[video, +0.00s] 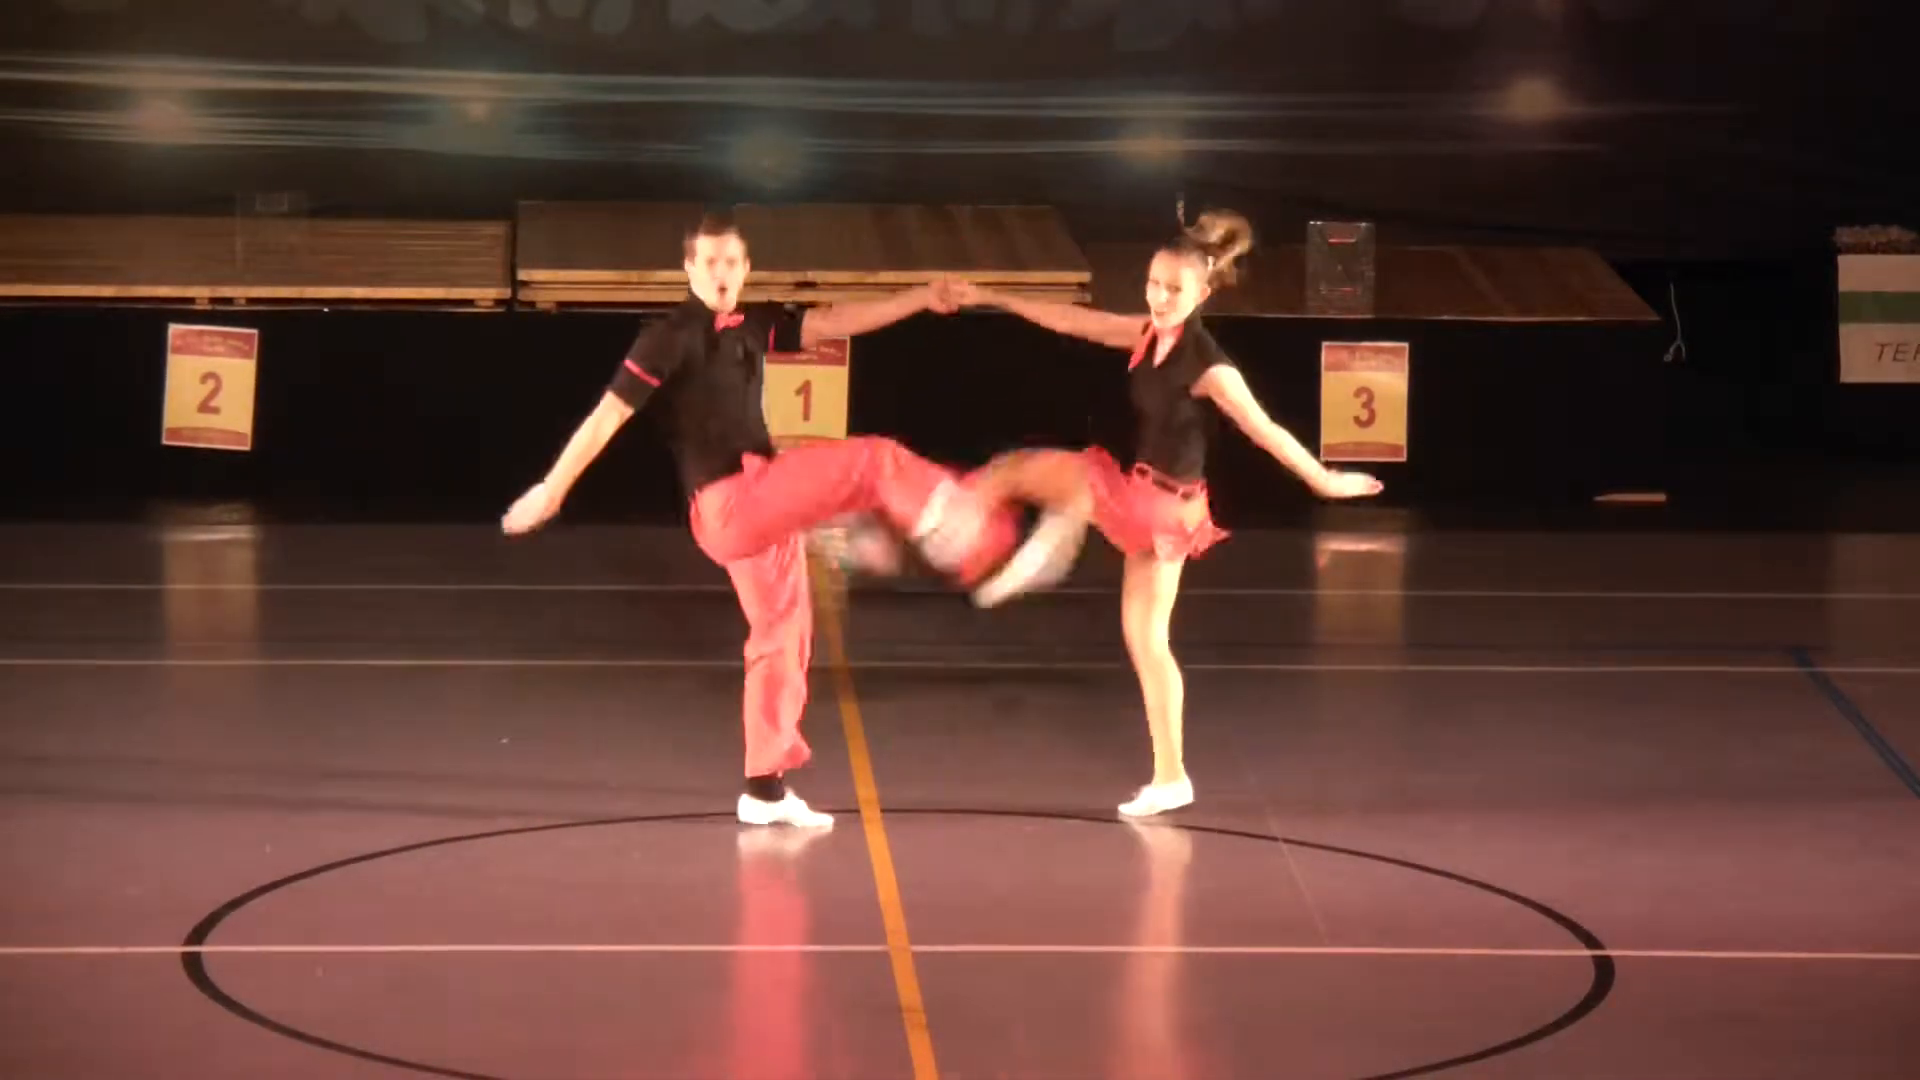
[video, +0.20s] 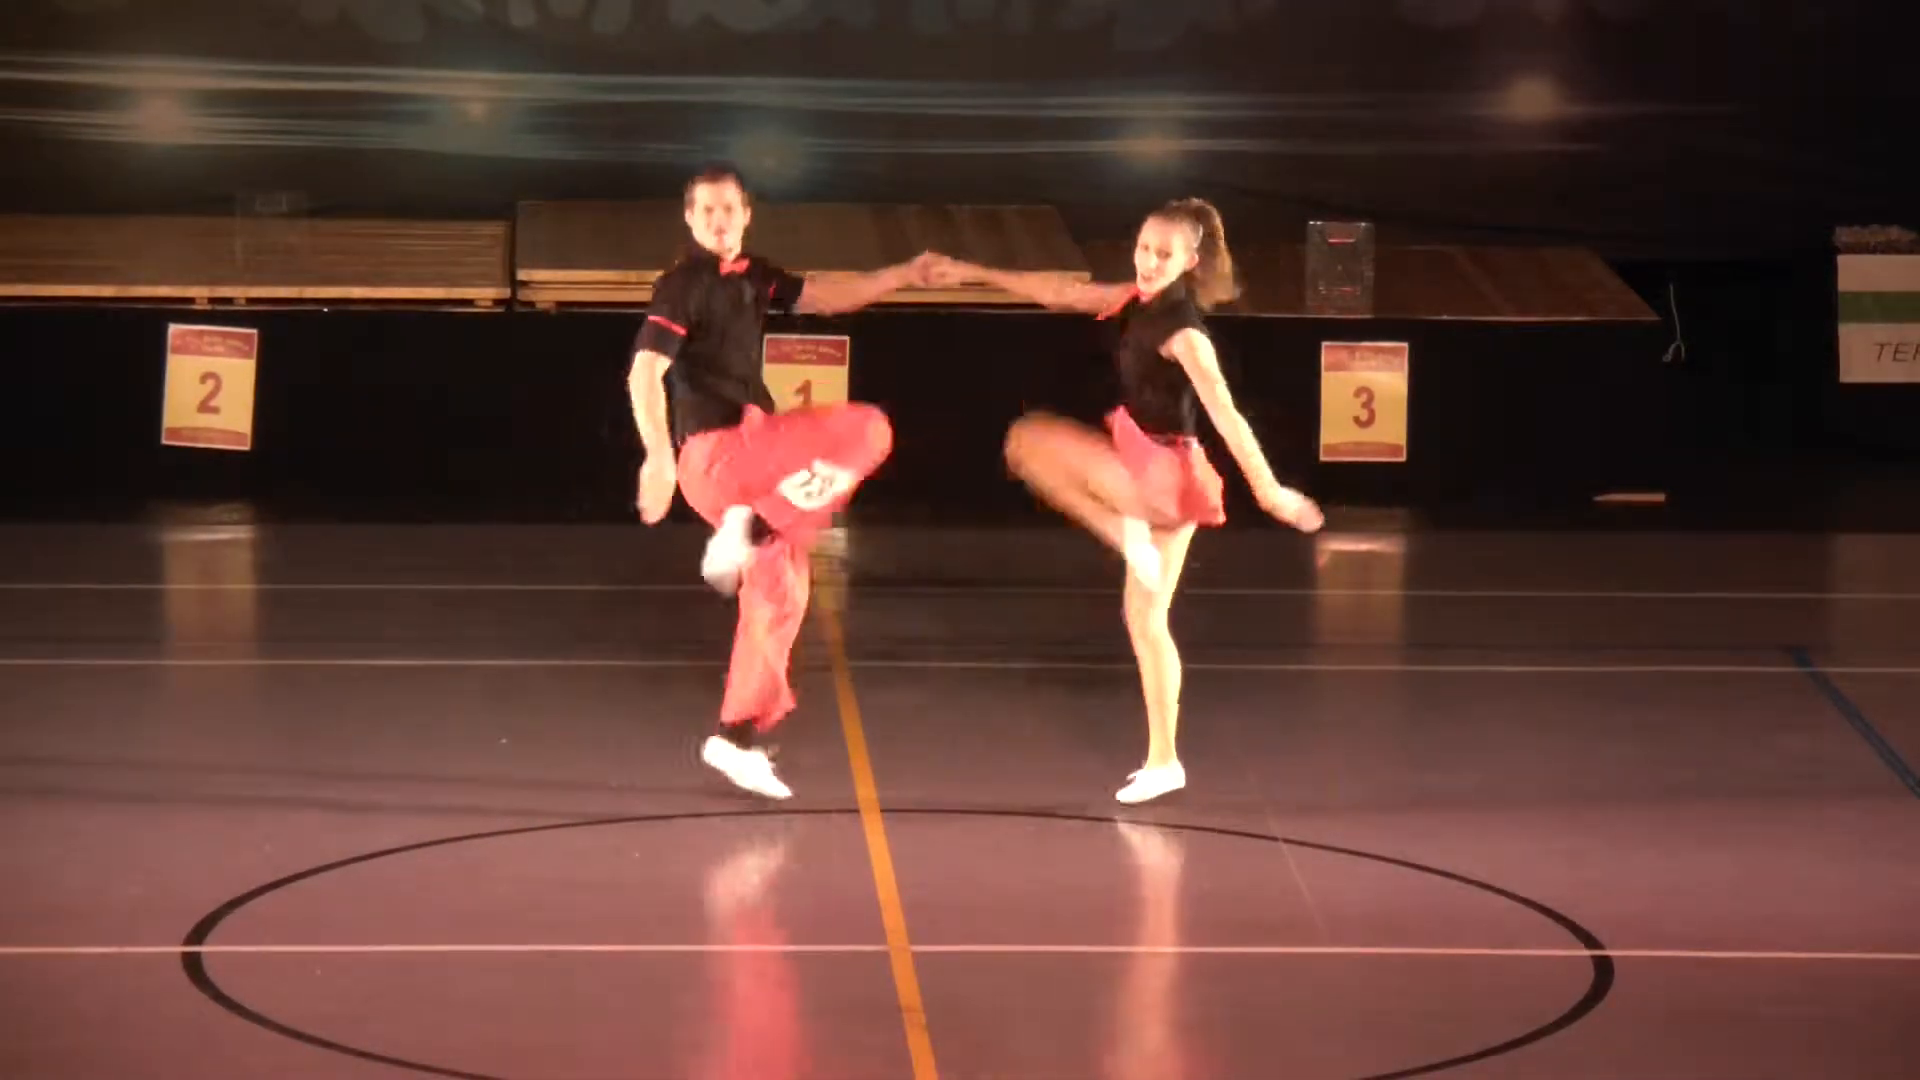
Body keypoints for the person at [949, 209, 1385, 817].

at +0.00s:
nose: (1158, 297)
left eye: (1173, 288)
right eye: (1153, 283)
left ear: (1204, 292)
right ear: (1144, 281)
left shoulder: (1205, 363)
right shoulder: (1146, 333)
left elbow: (1263, 429)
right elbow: (1071, 321)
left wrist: (1324, 480)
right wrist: (985, 298)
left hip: (1160, 505)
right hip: (1147, 494)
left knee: (1019, 469)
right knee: (1147, 639)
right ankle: (1169, 777)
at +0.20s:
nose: (1148, 262)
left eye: (1164, 254)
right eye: (1144, 248)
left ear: (1191, 263)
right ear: (1135, 245)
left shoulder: (1182, 331)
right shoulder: (1130, 299)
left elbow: (1226, 415)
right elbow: (1056, 290)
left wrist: (1270, 492)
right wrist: (970, 273)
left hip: (1157, 478)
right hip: (1170, 481)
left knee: (1027, 441)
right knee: (1146, 617)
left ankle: (1125, 533)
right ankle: (1163, 760)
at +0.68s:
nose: (1043, 288)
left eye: (1052, 277)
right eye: (1043, 277)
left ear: (1085, 279)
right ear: (1055, 283)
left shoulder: (1111, 343)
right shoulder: (1057, 342)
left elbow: (1092, 290)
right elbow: (991, 388)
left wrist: (1133, 257)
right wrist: (923, 358)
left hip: (1104, 510)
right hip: (1061, 493)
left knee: (1076, 644)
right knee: (955, 461)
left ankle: (1090, 783)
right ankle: (828, 488)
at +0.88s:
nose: (1012, 266)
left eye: (1022, 255)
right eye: (1013, 254)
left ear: (1060, 262)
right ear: (1035, 260)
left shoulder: (1105, 339)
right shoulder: (1011, 326)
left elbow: (1138, 432)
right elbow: (936, 379)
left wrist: (1096, 374)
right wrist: (879, 350)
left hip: (1083, 494)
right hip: (1038, 492)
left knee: (976, 587)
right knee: (1017, 626)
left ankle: (1026, 713)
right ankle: (1052, 761)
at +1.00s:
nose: (1002, 286)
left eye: (1012, 275)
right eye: (1003, 274)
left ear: (1049, 282)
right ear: (1034, 281)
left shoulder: (1061, 357)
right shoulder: (1030, 345)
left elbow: (1032, 454)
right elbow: (980, 413)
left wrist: (987, 391)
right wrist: (912, 390)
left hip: (1044, 519)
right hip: (1049, 515)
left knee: (1001, 652)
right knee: (1037, 649)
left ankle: (1039, 794)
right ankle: (1066, 778)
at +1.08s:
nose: (1003, 263)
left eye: (1008, 254)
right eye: (1005, 252)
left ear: (1025, 260)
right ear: (1066, 261)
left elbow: (969, 425)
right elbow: (1098, 391)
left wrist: (974, 368)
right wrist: (1043, 370)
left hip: (1008, 480)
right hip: (1077, 483)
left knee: (978, 632)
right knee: (1041, 626)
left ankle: (1008, 744)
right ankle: (1031, 766)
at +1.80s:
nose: (1089, 283)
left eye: (1104, 275)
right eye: (1084, 270)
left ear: (1133, 282)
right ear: (1075, 267)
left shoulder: (1127, 336)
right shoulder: (1072, 328)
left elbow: (1169, 346)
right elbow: (991, 324)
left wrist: (1227, 348)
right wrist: (906, 304)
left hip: (1078, 495)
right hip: (1088, 496)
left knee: (946, 449)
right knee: (1068, 629)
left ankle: (831, 376)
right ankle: (1061, 768)